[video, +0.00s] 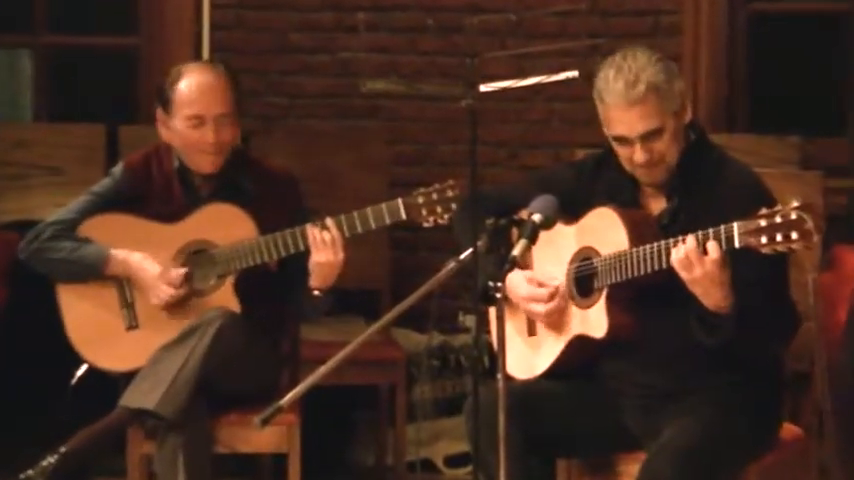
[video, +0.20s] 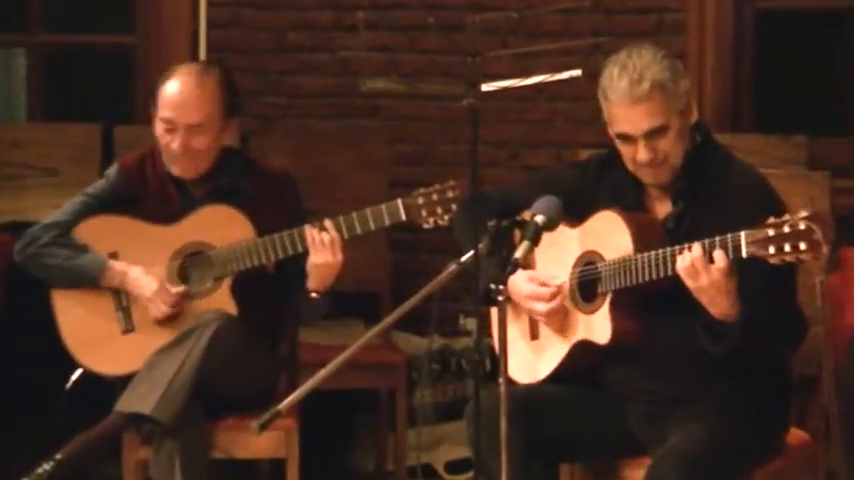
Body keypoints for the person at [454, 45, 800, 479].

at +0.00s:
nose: (640, 156)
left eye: (653, 137)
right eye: (622, 142)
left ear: (684, 116)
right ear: (604, 129)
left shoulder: (735, 192)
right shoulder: (591, 179)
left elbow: (774, 332)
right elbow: (475, 209)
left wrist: (723, 306)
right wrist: (503, 277)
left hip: (717, 394)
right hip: (612, 388)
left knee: (672, 460)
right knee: (498, 406)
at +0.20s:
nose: (643, 155)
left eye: (657, 135)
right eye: (626, 139)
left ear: (690, 114)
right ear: (608, 128)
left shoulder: (744, 196)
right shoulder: (595, 182)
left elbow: (783, 338)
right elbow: (477, 211)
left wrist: (730, 314)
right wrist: (504, 277)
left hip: (720, 400)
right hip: (611, 393)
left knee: (683, 459)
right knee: (499, 412)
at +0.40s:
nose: (650, 154)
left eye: (664, 134)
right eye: (632, 139)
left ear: (697, 113)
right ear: (614, 128)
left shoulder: (752, 196)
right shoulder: (601, 181)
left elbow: (794, 345)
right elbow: (477, 211)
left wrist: (738, 322)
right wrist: (507, 286)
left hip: (728, 403)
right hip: (617, 394)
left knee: (696, 457)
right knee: (499, 420)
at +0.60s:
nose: (660, 157)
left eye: (675, 135)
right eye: (642, 141)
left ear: (711, 112)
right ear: (623, 131)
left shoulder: (770, 199)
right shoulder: (609, 180)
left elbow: (814, 354)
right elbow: (478, 213)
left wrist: (754, 334)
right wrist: (511, 288)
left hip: (738, 411)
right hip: (618, 400)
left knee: (718, 460)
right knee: (499, 432)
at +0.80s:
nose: (666, 155)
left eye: (681, 132)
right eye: (647, 138)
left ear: (718, 109)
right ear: (628, 128)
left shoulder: (778, 202)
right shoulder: (614, 179)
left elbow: (821, 354)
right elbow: (480, 211)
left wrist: (762, 336)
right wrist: (509, 290)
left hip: (746, 413)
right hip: (625, 400)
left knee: (726, 463)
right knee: (501, 434)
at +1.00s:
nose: (666, 152)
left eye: (681, 130)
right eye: (647, 136)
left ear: (718, 107)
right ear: (628, 127)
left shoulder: (779, 199)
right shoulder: (612, 180)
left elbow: (824, 350)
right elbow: (483, 211)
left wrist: (761, 334)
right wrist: (516, 288)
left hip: (744, 412)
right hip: (623, 400)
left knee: (726, 463)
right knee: (502, 434)